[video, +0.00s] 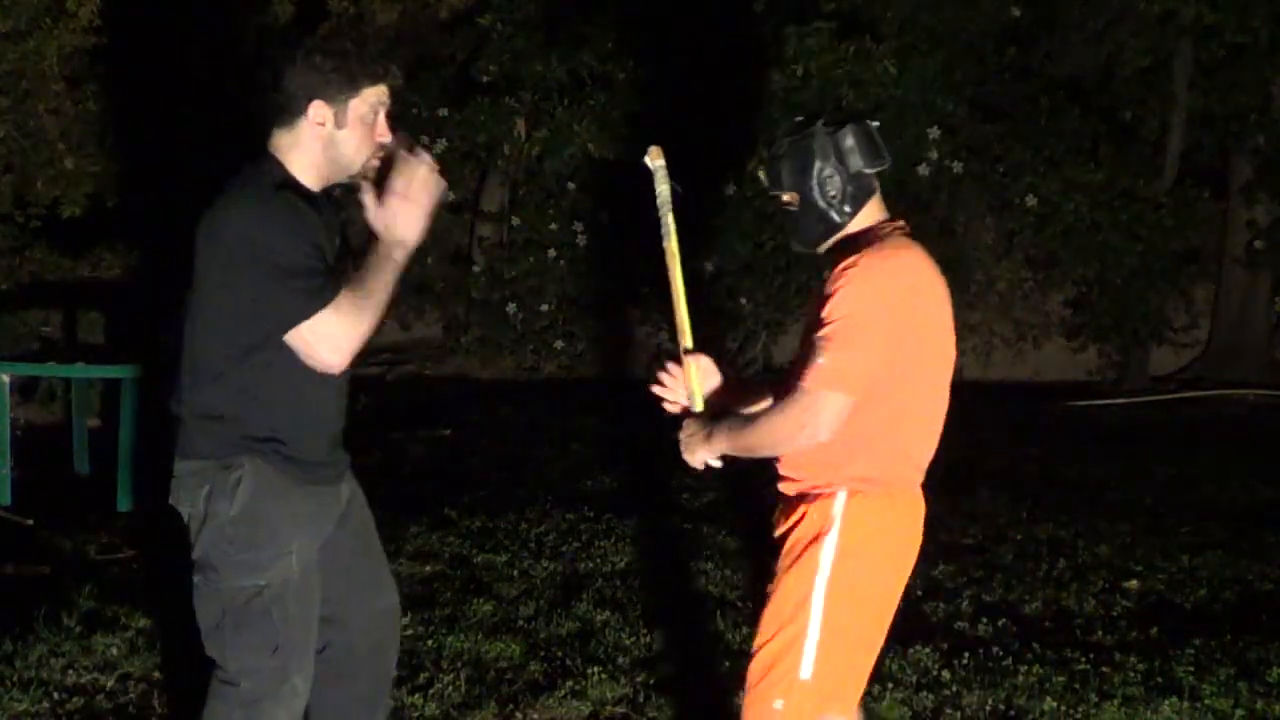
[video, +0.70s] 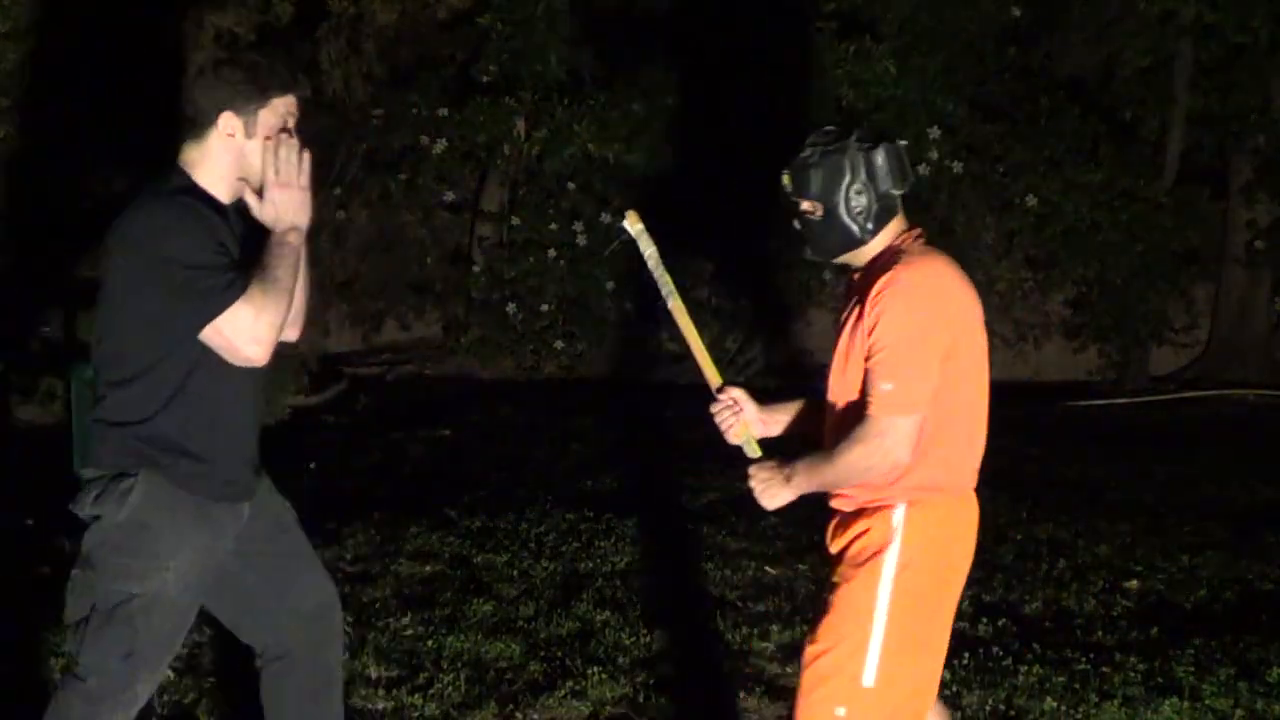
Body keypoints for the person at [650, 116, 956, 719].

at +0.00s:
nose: (786, 208)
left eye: (793, 193)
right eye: (784, 193)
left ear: (831, 189)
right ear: (848, 186)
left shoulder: (877, 274)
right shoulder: (884, 266)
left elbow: (815, 416)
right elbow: (805, 395)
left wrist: (716, 439)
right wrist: (722, 394)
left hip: (849, 517)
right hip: (859, 515)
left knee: (786, 702)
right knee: (816, 702)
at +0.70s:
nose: (804, 223)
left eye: (813, 209)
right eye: (802, 208)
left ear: (855, 207)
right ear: (870, 203)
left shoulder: (913, 289)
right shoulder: (882, 284)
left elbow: (887, 442)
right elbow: (854, 408)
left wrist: (795, 478)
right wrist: (766, 419)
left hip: (911, 528)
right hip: (883, 521)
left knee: (840, 701)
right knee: (895, 698)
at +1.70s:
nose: (664, 223)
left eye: (674, 210)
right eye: (665, 208)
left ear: (708, 219)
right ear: (744, 213)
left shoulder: (724, 309)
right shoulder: (797, 290)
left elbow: (618, 422)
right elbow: (669, 370)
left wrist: (564, 371)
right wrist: (602, 323)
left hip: (746, 546)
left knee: (700, 707)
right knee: (631, 663)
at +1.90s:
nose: (731, 232)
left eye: (739, 219)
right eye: (731, 218)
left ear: (773, 226)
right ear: (819, 217)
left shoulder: (783, 322)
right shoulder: (876, 289)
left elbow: (676, 427)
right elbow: (712, 370)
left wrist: (604, 404)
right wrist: (621, 350)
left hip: (827, 547)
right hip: (894, 541)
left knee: (716, 701)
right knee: (784, 705)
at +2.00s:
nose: (766, 231)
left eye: (775, 220)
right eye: (768, 217)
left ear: (806, 233)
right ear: (855, 231)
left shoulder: (828, 326)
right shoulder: (893, 304)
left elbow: (710, 424)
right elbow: (732, 396)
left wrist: (603, 433)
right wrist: (638, 411)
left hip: (909, 540)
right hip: (948, 529)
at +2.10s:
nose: (822, 255)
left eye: (829, 242)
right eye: (824, 241)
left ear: (858, 248)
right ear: (913, 238)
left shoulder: (881, 329)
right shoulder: (976, 309)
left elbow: (768, 403)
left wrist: (650, 422)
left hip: (993, 531)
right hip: (1055, 517)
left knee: (912, 685)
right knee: (948, 691)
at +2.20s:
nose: (925, 257)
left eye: (934, 244)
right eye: (925, 243)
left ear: (966, 248)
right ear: (1008, 239)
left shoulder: (993, 323)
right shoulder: (1070, 311)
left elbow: (864, 375)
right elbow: (875, 350)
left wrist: (742, 376)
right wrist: (754, 353)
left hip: (1084, 542)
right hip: (1127, 532)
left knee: (996, 705)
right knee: (1039, 701)